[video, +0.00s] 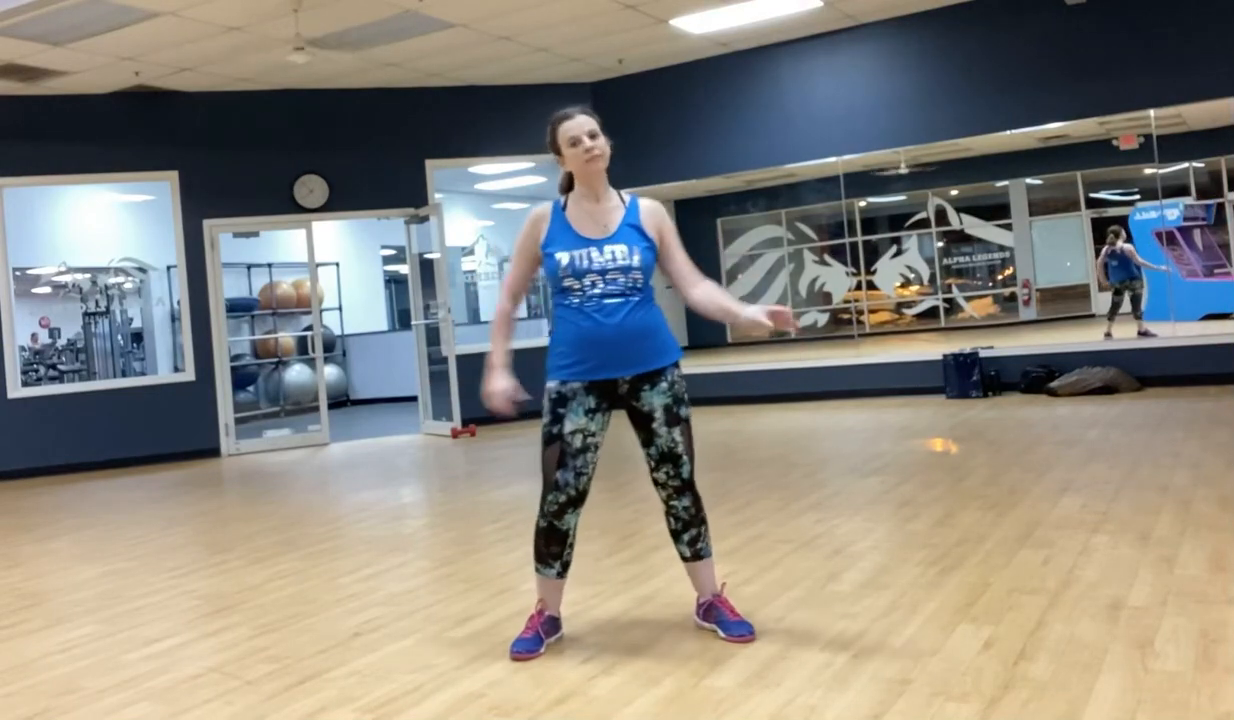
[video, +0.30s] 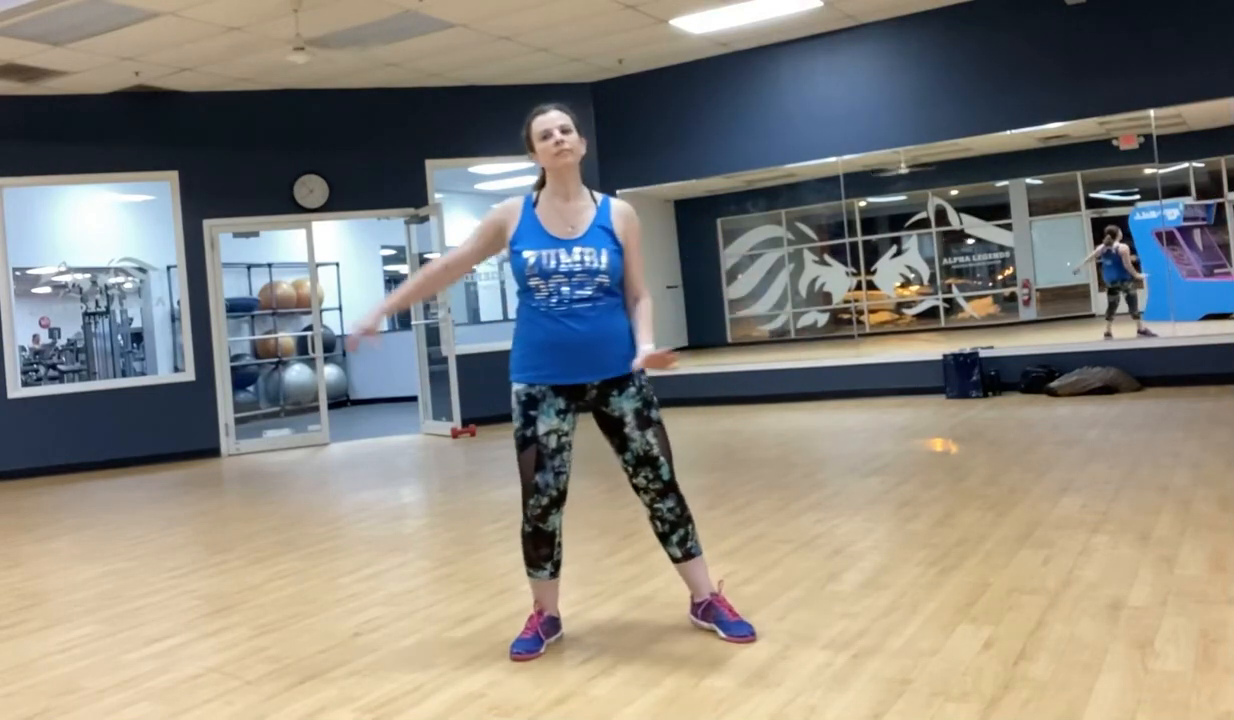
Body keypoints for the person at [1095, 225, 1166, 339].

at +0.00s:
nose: (1125, 234)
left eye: (1124, 232)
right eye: (1123, 232)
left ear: (1112, 236)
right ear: (1120, 235)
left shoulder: (1107, 249)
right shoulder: (1128, 247)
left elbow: (1099, 263)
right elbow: (1139, 262)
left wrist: (1103, 280)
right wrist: (1158, 268)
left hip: (1117, 281)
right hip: (1134, 279)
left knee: (1114, 306)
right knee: (1136, 305)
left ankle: (1108, 330)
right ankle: (1141, 328)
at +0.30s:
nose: (1121, 234)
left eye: (1120, 233)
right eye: (1120, 233)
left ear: (1108, 236)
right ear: (1118, 235)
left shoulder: (1102, 247)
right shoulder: (1123, 248)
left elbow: (1091, 257)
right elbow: (1127, 265)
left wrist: (1079, 267)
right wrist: (1137, 275)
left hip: (1110, 281)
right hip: (1125, 279)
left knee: (1112, 304)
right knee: (1133, 302)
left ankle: (1108, 330)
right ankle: (1140, 327)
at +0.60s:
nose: (1121, 233)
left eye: (1120, 231)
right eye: (1119, 232)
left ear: (1108, 235)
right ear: (1117, 234)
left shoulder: (1104, 246)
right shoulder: (1123, 245)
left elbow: (1091, 249)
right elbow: (1128, 261)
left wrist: (1077, 251)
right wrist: (1132, 274)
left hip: (1109, 281)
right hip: (1123, 279)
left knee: (1111, 304)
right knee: (1138, 299)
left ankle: (1108, 330)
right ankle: (1139, 326)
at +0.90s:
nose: (1129, 234)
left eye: (1128, 232)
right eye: (1127, 233)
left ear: (1117, 237)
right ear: (1124, 236)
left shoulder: (1116, 247)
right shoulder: (1129, 245)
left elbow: (1103, 256)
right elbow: (1128, 259)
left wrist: (1090, 260)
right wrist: (1133, 276)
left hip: (1118, 280)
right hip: (1128, 280)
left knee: (1119, 302)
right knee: (1145, 302)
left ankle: (1101, 322)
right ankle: (1139, 328)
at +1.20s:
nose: (1130, 237)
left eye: (1129, 235)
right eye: (1128, 236)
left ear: (1119, 241)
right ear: (1126, 239)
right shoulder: (1126, 249)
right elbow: (1120, 262)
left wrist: (1163, 257)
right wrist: (1128, 277)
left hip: (1122, 284)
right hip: (1129, 284)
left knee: (1117, 304)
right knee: (1149, 304)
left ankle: (1097, 323)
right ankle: (1139, 328)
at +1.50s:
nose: (1129, 238)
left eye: (1128, 236)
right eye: (1127, 237)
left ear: (1119, 242)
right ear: (1125, 239)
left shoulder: (1127, 248)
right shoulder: (1125, 249)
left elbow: (1134, 235)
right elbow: (1118, 262)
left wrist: (1141, 224)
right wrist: (1127, 277)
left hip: (1127, 285)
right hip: (1131, 285)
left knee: (1120, 304)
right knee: (1151, 304)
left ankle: (1099, 321)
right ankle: (1140, 328)